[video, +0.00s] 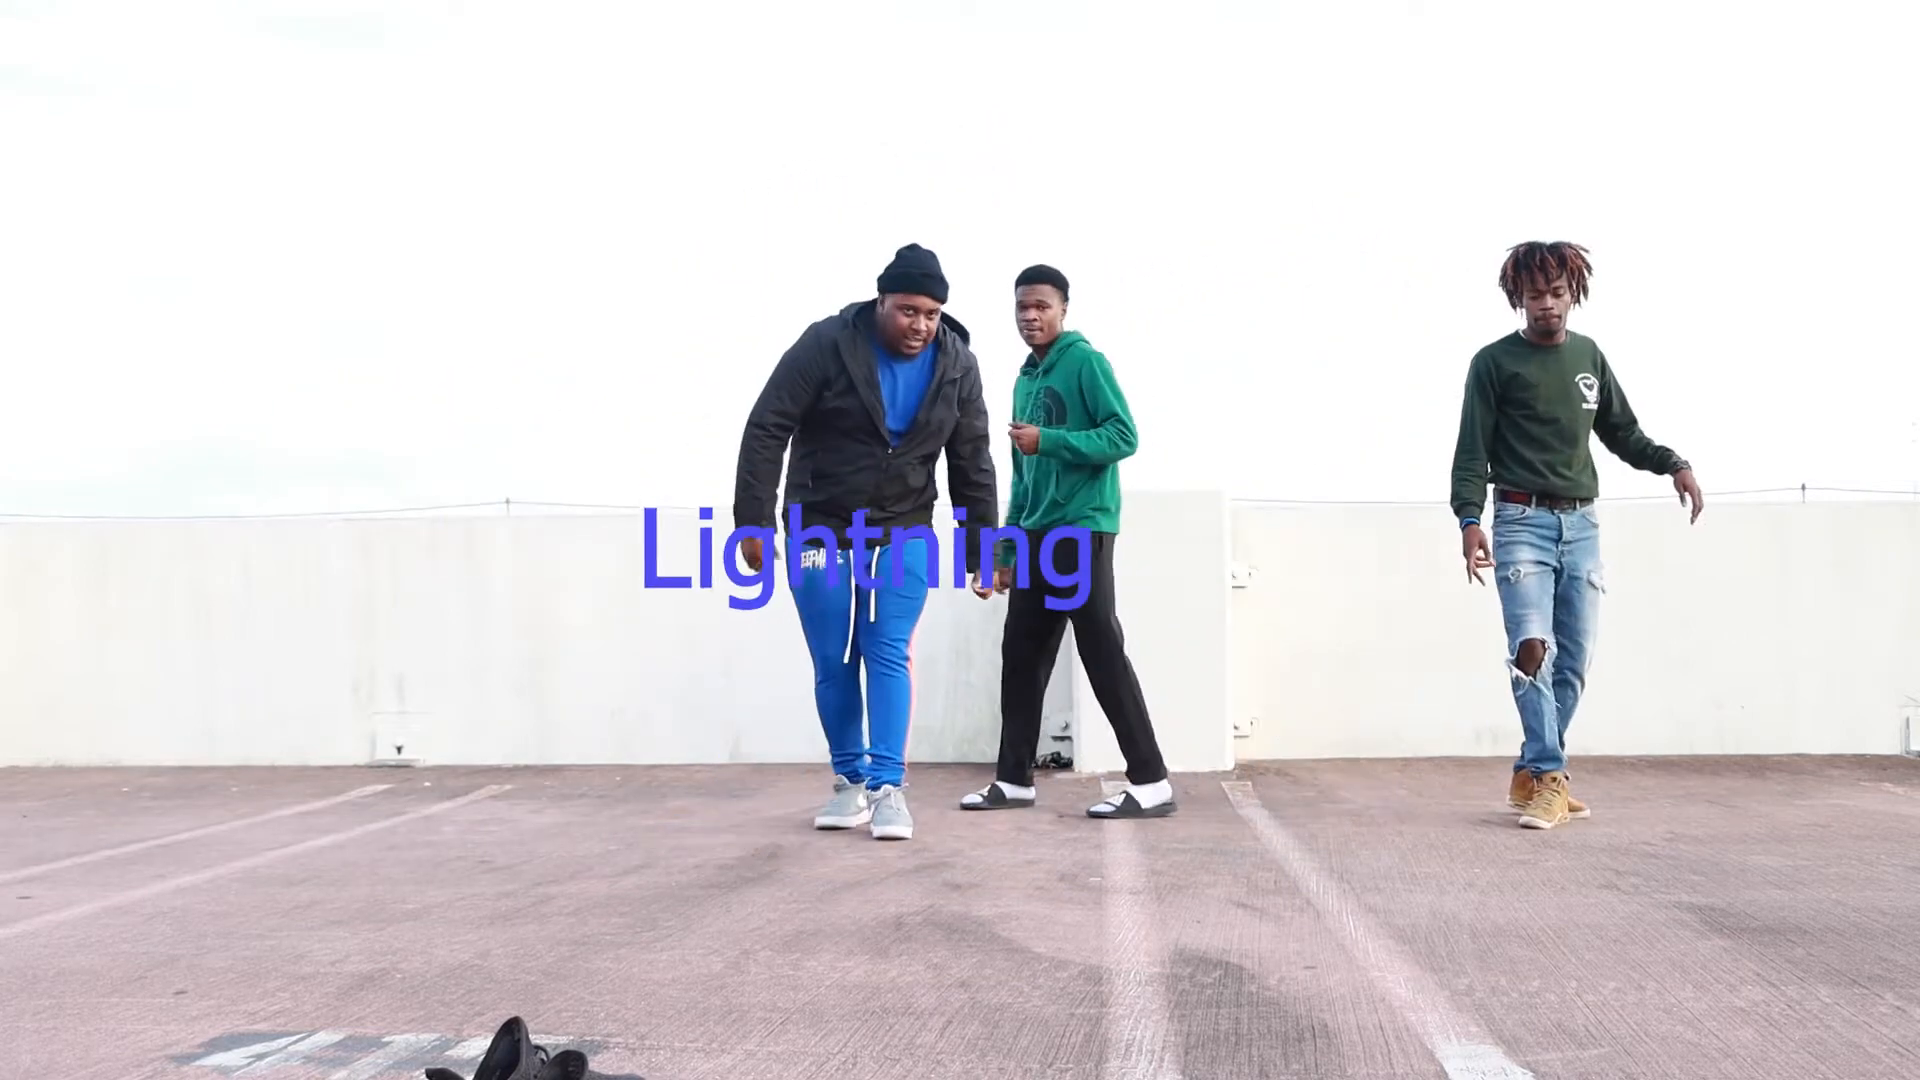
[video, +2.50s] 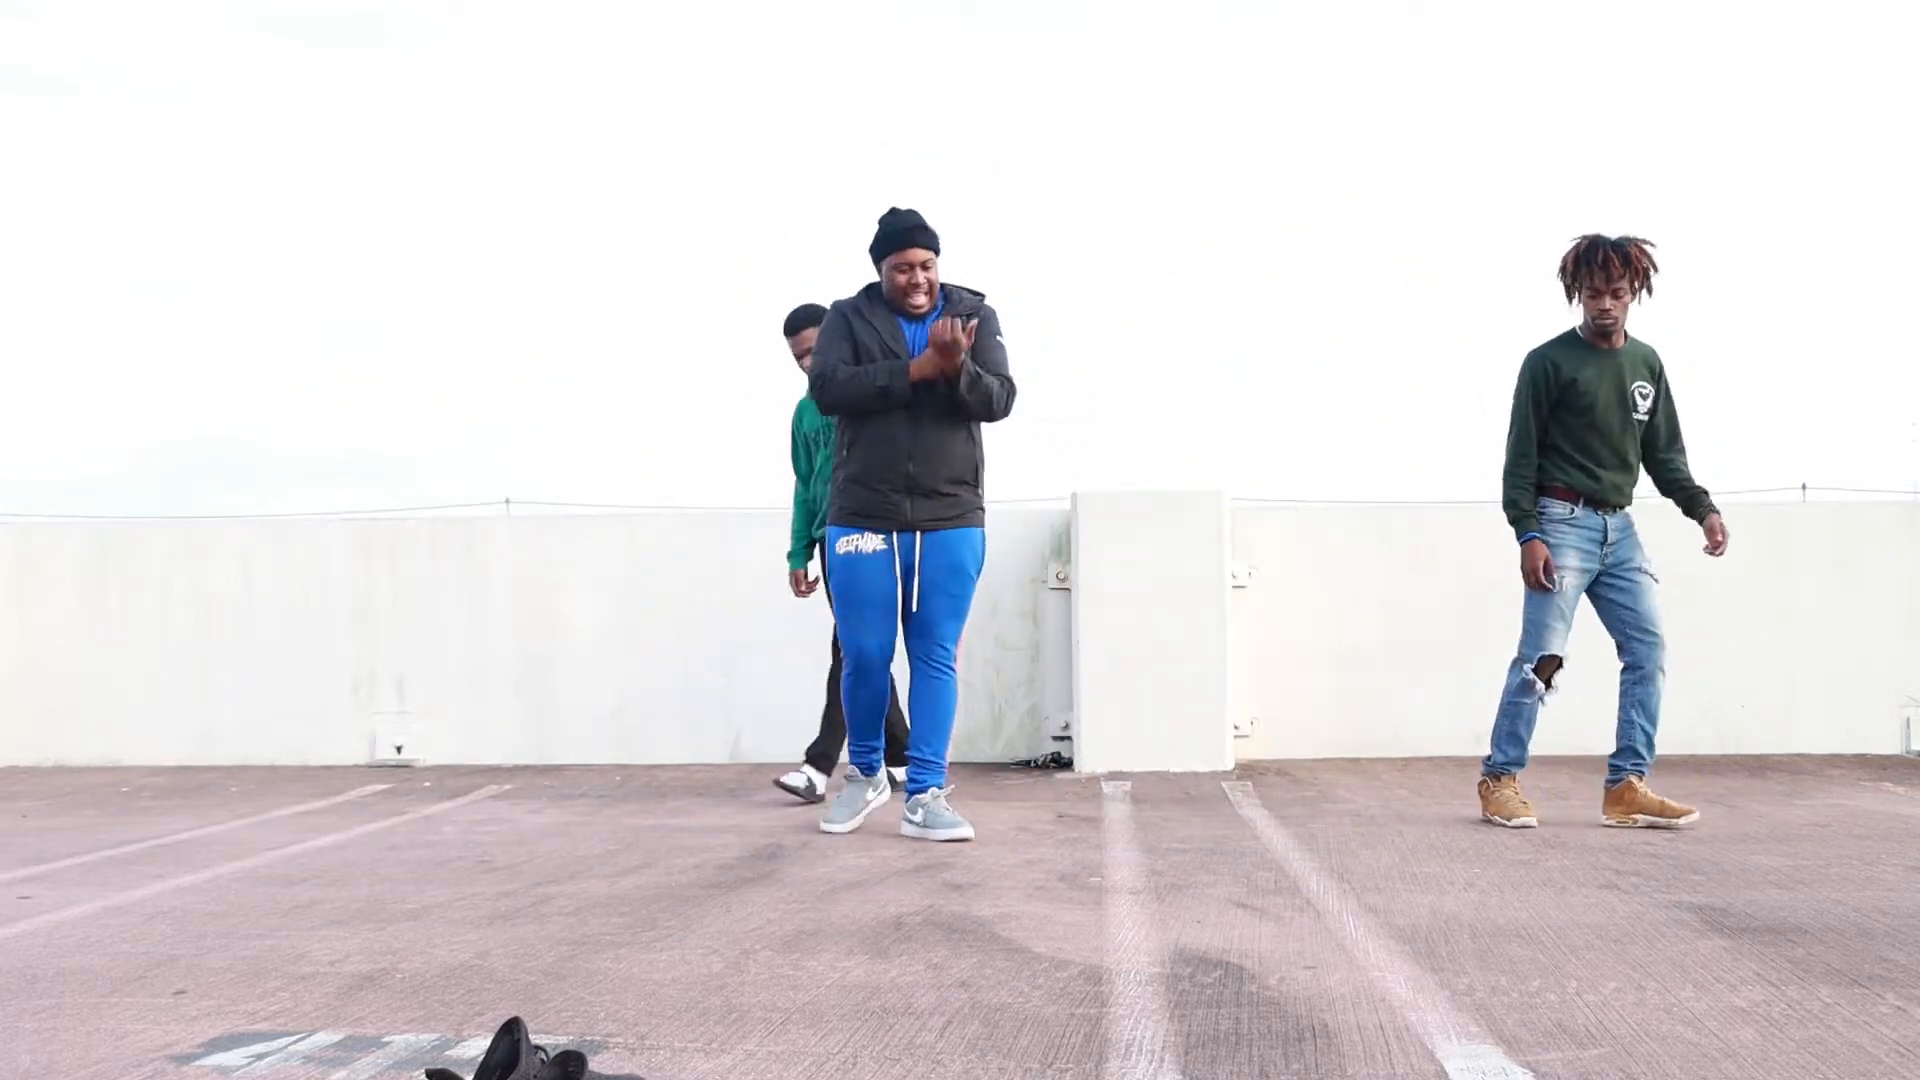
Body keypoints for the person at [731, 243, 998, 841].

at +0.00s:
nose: (921, 326)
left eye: (932, 314)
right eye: (909, 311)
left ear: (942, 311)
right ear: (880, 300)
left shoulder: (955, 360)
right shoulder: (826, 344)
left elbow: (973, 458)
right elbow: (766, 428)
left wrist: (983, 549)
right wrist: (753, 521)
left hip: (902, 521)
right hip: (820, 521)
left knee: (887, 648)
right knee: (832, 659)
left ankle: (887, 789)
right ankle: (850, 782)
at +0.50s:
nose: (884, 299)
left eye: (895, 288)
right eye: (873, 288)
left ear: (911, 285)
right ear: (852, 285)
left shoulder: (944, 335)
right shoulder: (814, 335)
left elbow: (1017, 378)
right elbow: (751, 374)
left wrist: (1095, 415)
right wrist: (689, 413)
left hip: (914, 524)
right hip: (831, 528)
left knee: (917, 642)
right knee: (846, 659)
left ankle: (919, 782)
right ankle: (853, 785)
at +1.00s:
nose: (926, 268)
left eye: (937, 260)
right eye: (914, 257)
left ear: (949, 269)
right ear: (891, 261)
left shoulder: (977, 322)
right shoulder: (845, 312)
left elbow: (1053, 338)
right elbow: (773, 330)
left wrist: (1143, 348)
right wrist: (697, 340)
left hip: (942, 510)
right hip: (853, 506)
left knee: (929, 654)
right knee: (848, 644)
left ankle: (924, 796)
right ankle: (859, 756)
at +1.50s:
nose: (897, 243)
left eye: (904, 235)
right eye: (881, 235)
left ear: (915, 250)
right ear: (852, 254)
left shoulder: (954, 305)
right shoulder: (825, 308)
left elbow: (1035, 305)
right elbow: (758, 337)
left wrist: (1111, 263)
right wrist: (760, 262)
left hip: (940, 506)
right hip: (853, 506)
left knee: (934, 657)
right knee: (864, 653)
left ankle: (925, 797)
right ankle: (852, 804)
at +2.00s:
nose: (907, 274)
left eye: (919, 262)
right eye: (894, 263)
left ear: (940, 260)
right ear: (878, 263)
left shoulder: (977, 315)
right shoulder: (846, 317)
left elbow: (1040, 375)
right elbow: (786, 393)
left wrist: (1067, 351)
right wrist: (787, 356)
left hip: (956, 510)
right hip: (869, 509)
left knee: (942, 661)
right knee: (871, 653)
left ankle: (926, 797)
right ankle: (853, 799)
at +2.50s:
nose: (916, 278)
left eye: (925, 266)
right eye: (901, 268)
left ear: (939, 262)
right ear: (878, 269)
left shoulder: (972, 314)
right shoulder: (847, 318)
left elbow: (997, 399)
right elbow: (828, 388)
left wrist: (957, 369)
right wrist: (914, 370)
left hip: (950, 513)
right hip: (863, 513)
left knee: (936, 655)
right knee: (867, 655)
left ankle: (925, 793)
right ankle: (862, 773)